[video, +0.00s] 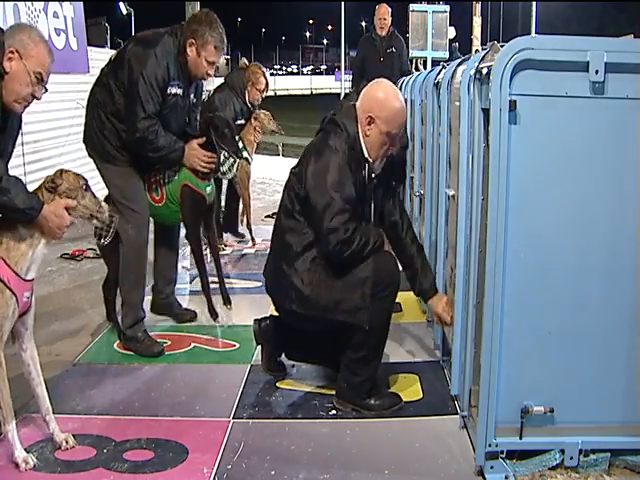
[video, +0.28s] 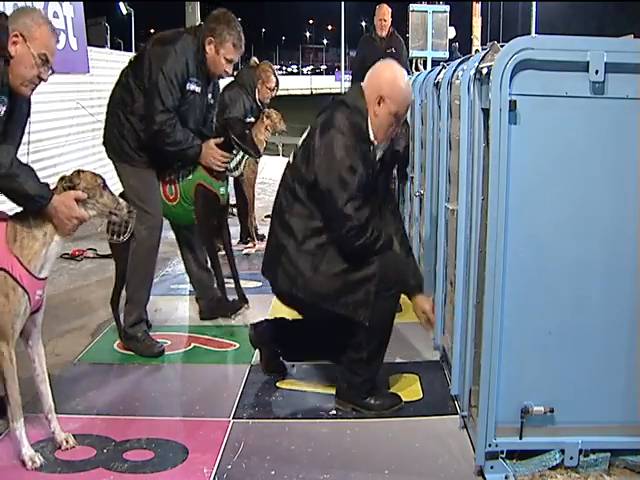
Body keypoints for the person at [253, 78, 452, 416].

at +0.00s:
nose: (396, 145)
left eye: (399, 136)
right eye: (391, 136)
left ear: (373, 123)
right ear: (366, 124)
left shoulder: (374, 154)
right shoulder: (331, 154)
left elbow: (397, 225)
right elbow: (340, 246)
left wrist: (430, 294)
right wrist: (379, 237)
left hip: (327, 280)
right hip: (297, 281)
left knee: (355, 355)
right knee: (382, 270)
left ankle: (277, 333)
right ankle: (356, 389)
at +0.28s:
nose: (400, 125)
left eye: (403, 117)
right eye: (398, 116)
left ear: (380, 103)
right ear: (377, 104)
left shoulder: (367, 131)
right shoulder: (340, 131)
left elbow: (389, 217)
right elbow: (353, 234)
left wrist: (414, 288)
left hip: (326, 262)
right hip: (300, 263)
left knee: (354, 340)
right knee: (384, 277)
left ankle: (271, 335)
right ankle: (357, 388)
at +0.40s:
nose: (402, 84)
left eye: (404, 75)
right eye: (403, 74)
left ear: (376, 59)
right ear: (390, 66)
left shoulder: (344, 86)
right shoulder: (353, 98)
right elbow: (361, 193)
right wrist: (393, 236)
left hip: (297, 230)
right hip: (305, 234)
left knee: (349, 314)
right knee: (391, 271)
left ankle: (271, 336)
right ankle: (357, 387)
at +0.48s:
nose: (397, 58)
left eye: (400, 49)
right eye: (399, 48)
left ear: (367, 29)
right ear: (390, 39)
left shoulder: (330, 66)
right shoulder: (356, 78)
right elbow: (373, 169)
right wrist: (397, 230)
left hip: (290, 208)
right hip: (311, 211)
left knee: (349, 288)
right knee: (390, 272)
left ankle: (272, 339)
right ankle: (358, 386)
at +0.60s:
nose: (391, 19)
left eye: (392, 11)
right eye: (391, 10)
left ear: (352, 3)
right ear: (377, 5)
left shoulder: (313, 31)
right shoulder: (367, 46)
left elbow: (294, 114)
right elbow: (383, 138)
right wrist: (401, 211)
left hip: (285, 187)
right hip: (327, 191)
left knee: (334, 265)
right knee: (387, 265)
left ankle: (281, 362)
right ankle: (358, 385)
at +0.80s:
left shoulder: (270, 11)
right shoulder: (356, 8)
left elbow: (261, 88)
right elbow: (380, 88)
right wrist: (397, 162)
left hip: (274, 162)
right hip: (331, 162)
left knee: (301, 262)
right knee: (371, 259)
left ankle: (285, 385)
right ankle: (355, 387)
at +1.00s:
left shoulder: (240, 9)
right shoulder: (339, 4)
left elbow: (223, 65)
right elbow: (359, 55)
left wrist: (229, 144)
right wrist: (375, 127)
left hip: (258, 138)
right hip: (321, 131)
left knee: (280, 259)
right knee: (342, 256)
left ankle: (281, 385)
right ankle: (350, 381)